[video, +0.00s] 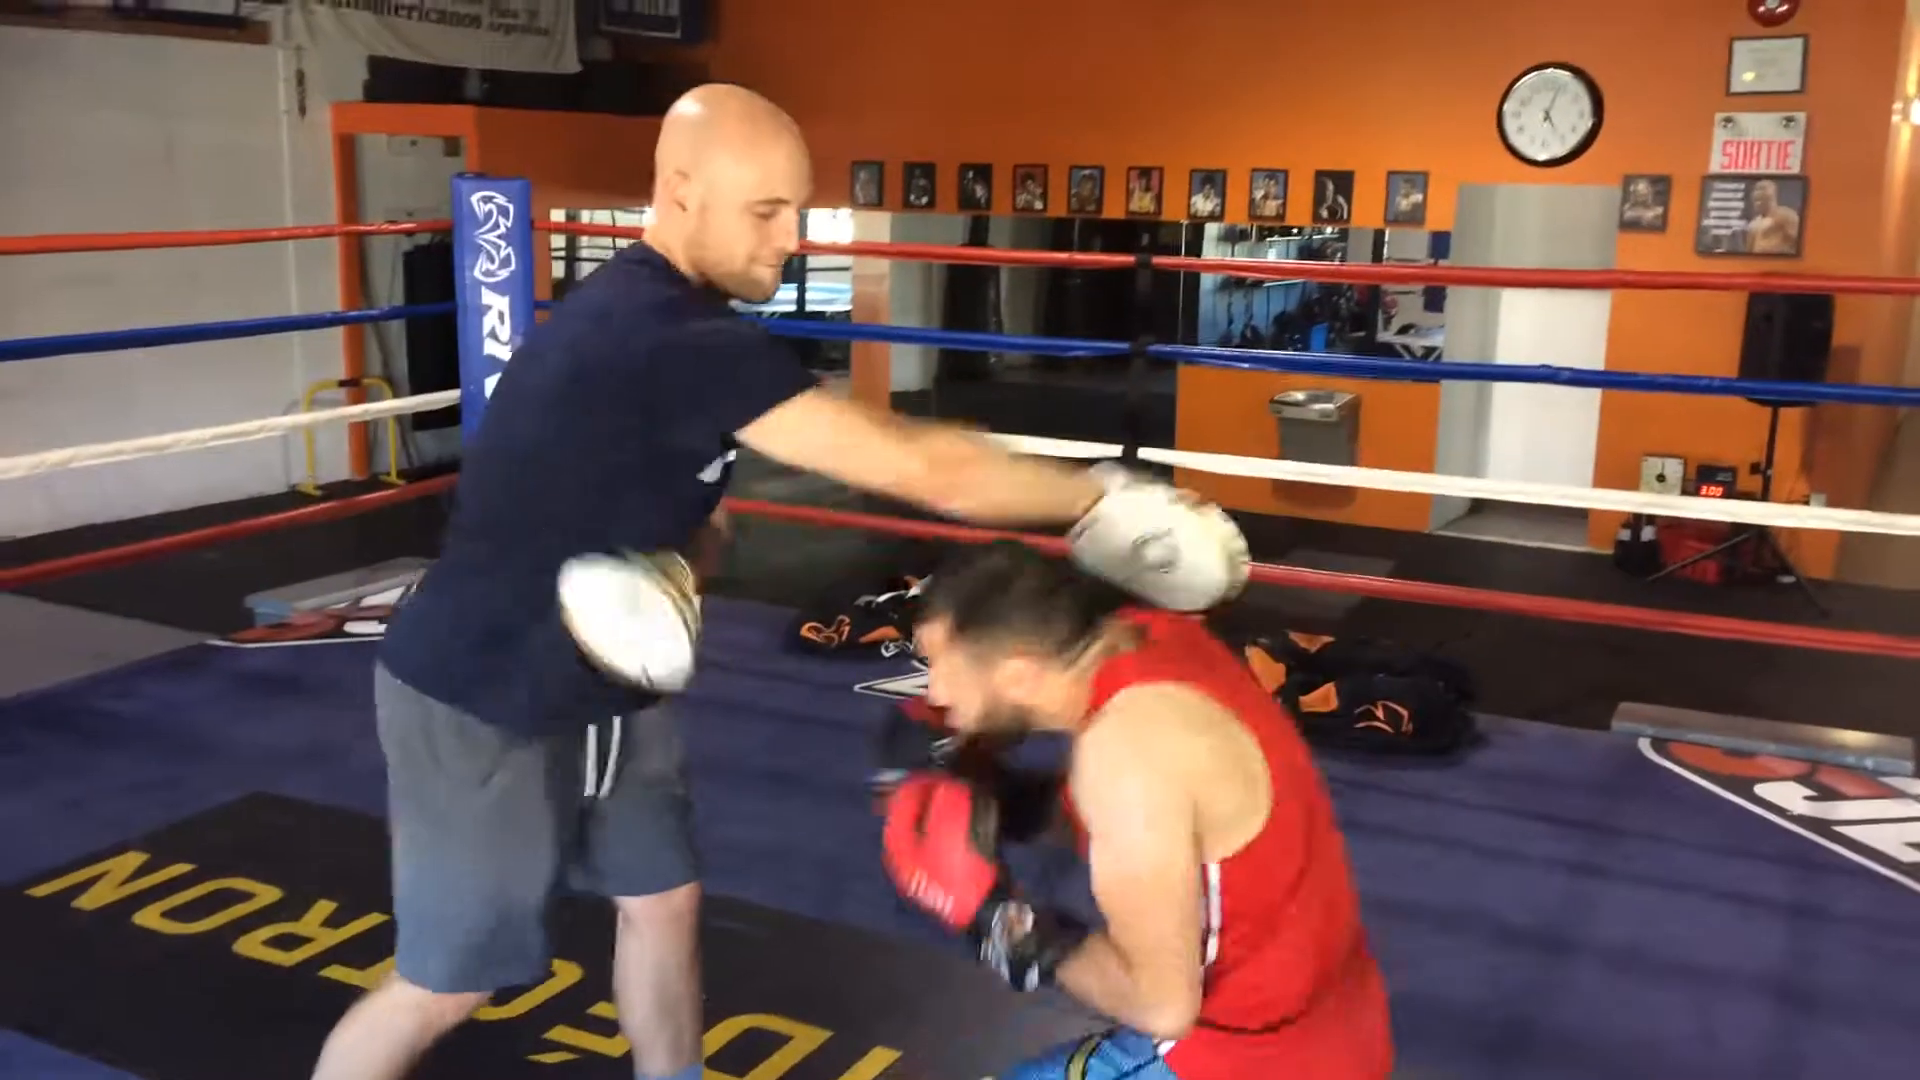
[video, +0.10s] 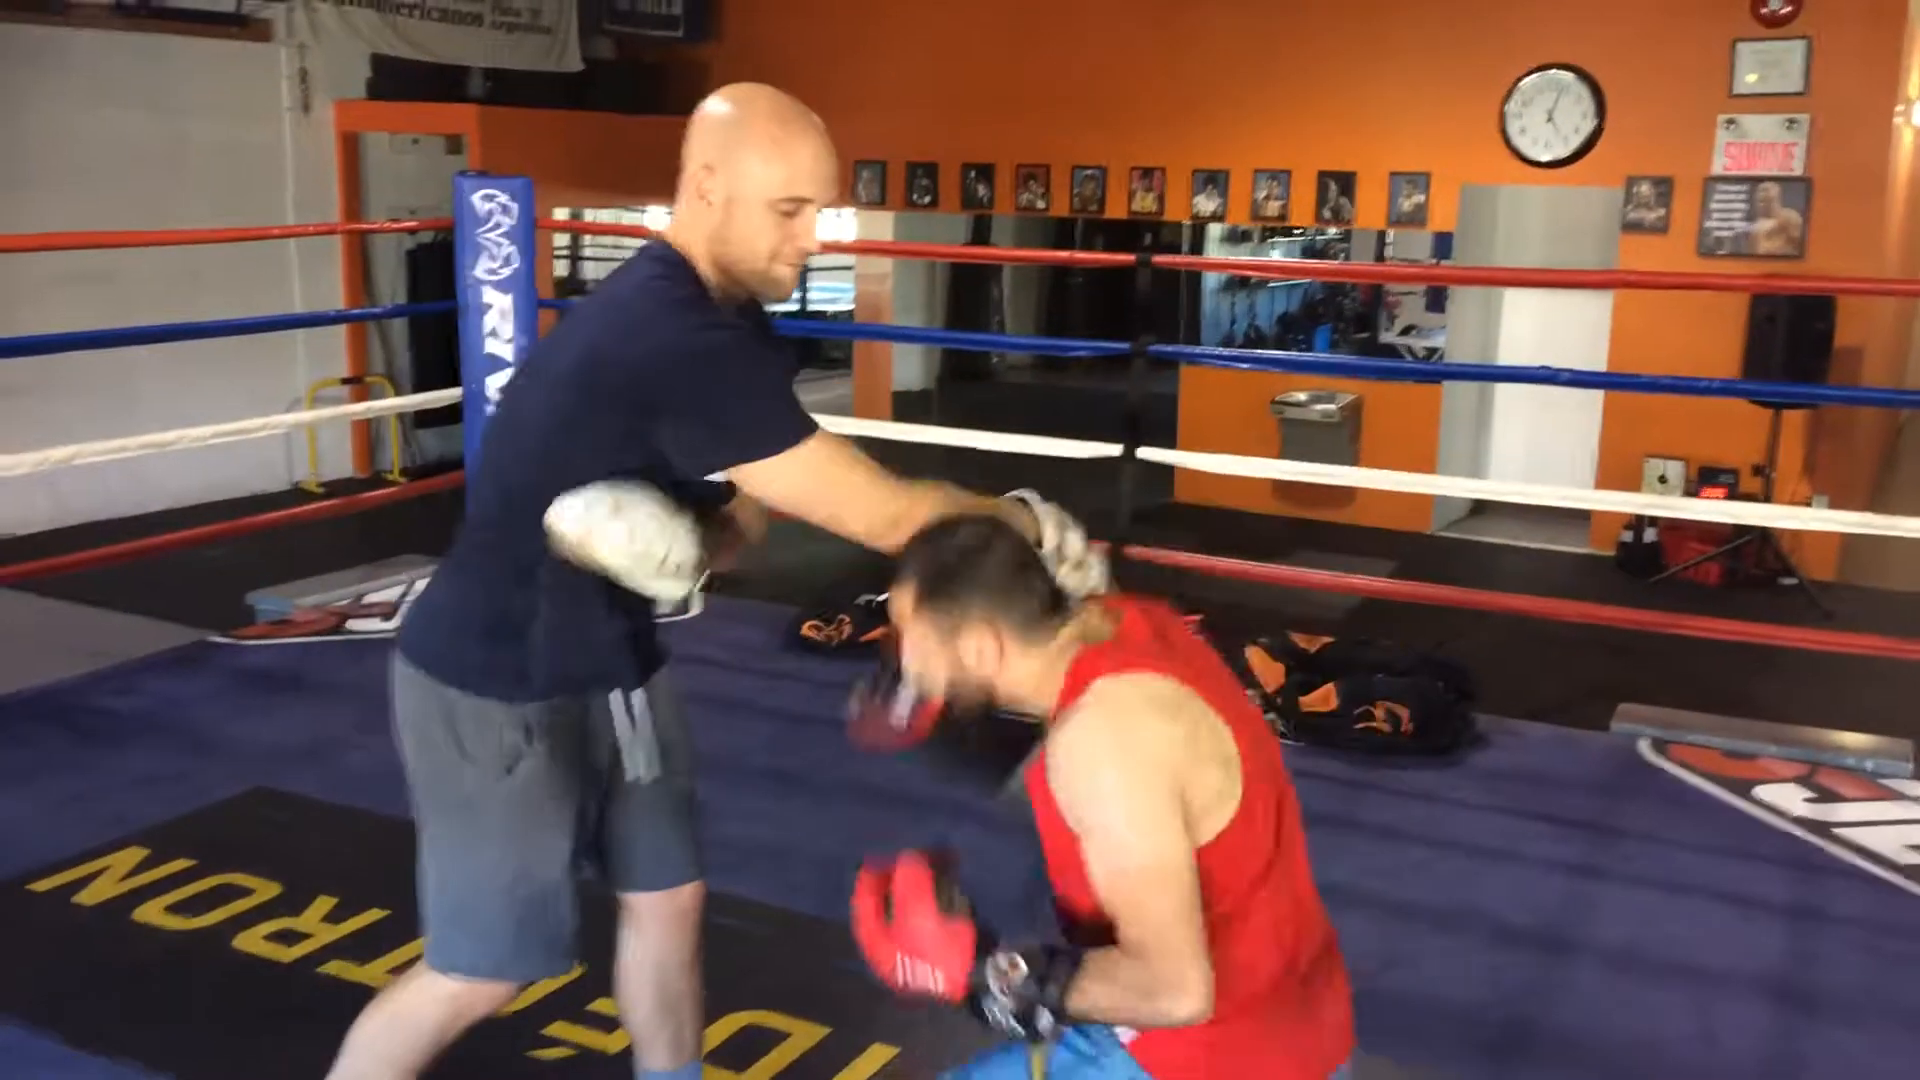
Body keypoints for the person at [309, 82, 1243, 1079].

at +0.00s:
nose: (793, 239)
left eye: (797, 212)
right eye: (769, 212)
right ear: (678, 199)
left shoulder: (677, 319)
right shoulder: (655, 333)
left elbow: (693, 490)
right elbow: (914, 465)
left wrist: (670, 573)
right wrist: (1105, 501)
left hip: (612, 674)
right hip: (473, 689)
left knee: (660, 898)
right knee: (452, 971)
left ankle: (668, 1079)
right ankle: (334, 1070)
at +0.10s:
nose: (810, 241)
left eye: (818, 214)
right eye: (788, 212)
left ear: (710, 197)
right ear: (704, 195)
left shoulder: (713, 312)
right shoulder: (676, 338)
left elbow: (753, 505)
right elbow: (885, 515)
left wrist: (694, 545)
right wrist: (1016, 518)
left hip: (617, 659)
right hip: (488, 677)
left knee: (663, 896)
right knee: (483, 964)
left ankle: (670, 1075)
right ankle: (352, 1071)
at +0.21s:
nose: (833, 238)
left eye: (841, 211)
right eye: (810, 208)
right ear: (724, 186)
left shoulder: (756, 316)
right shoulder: (694, 335)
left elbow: (752, 530)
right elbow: (867, 531)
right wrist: (979, 529)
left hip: (627, 652)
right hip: (508, 668)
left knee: (684, 903)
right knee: (487, 962)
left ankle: (680, 1074)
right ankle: (352, 1071)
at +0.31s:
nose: (842, 236)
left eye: (851, 209)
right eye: (820, 207)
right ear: (734, 187)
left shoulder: (772, 326)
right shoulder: (681, 331)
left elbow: (829, 501)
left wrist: (922, 520)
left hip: (640, 654)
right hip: (510, 674)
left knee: (689, 887)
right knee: (491, 956)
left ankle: (679, 1073)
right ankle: (345, 1074)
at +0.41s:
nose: (845, 222)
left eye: (854, 194)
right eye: (824, 191)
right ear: (739, 170)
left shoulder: (750, 293)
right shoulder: (719, 318)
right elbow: (870, 491)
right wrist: (957, 490)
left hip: (642, 647)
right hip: (515, 657)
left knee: (687, 875)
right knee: (491, 946)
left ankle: (677, 1072)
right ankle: (340, 1073)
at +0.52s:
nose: (851, 203)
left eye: (859, 174)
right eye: (827, 172)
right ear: (741, 151)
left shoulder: (768, 286)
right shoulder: (699, 300)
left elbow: (754, 480)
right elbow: (856, 507)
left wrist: (824, 561)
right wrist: (953, 486)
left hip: (661, 637)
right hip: (517, 645)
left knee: (692, 862)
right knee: (505, 923)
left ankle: (685, 1071)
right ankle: (327, 1072)